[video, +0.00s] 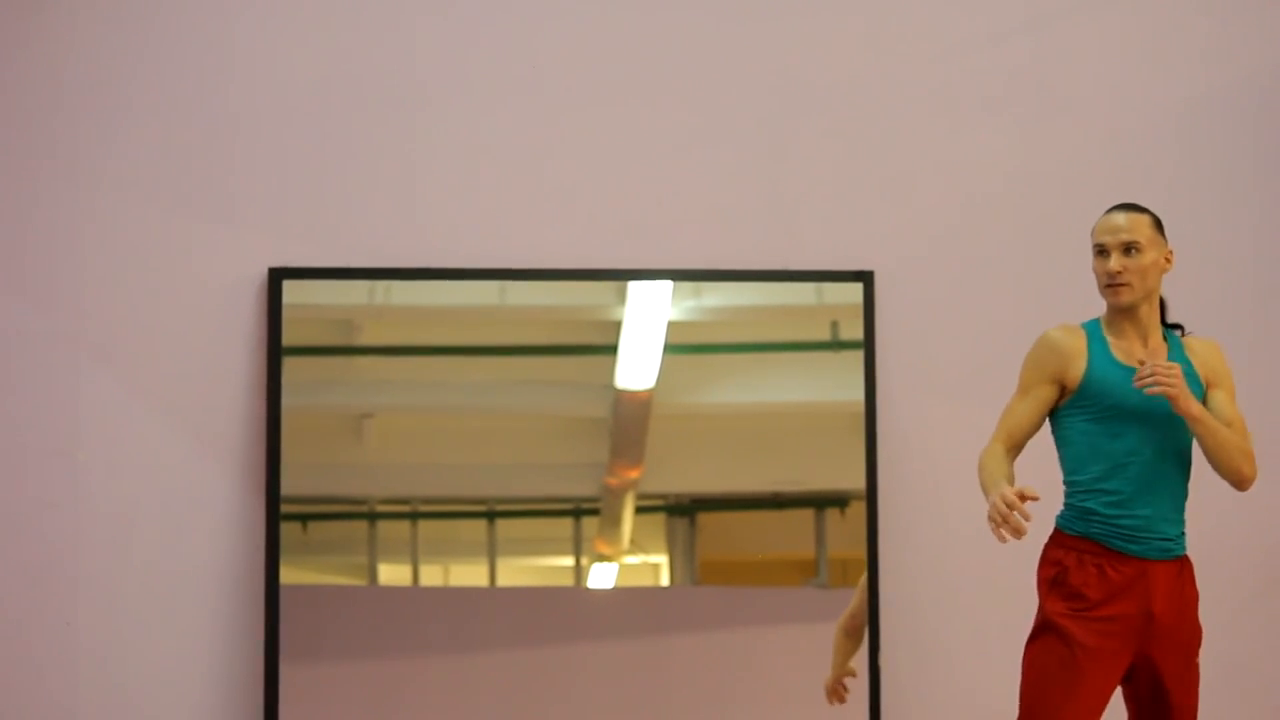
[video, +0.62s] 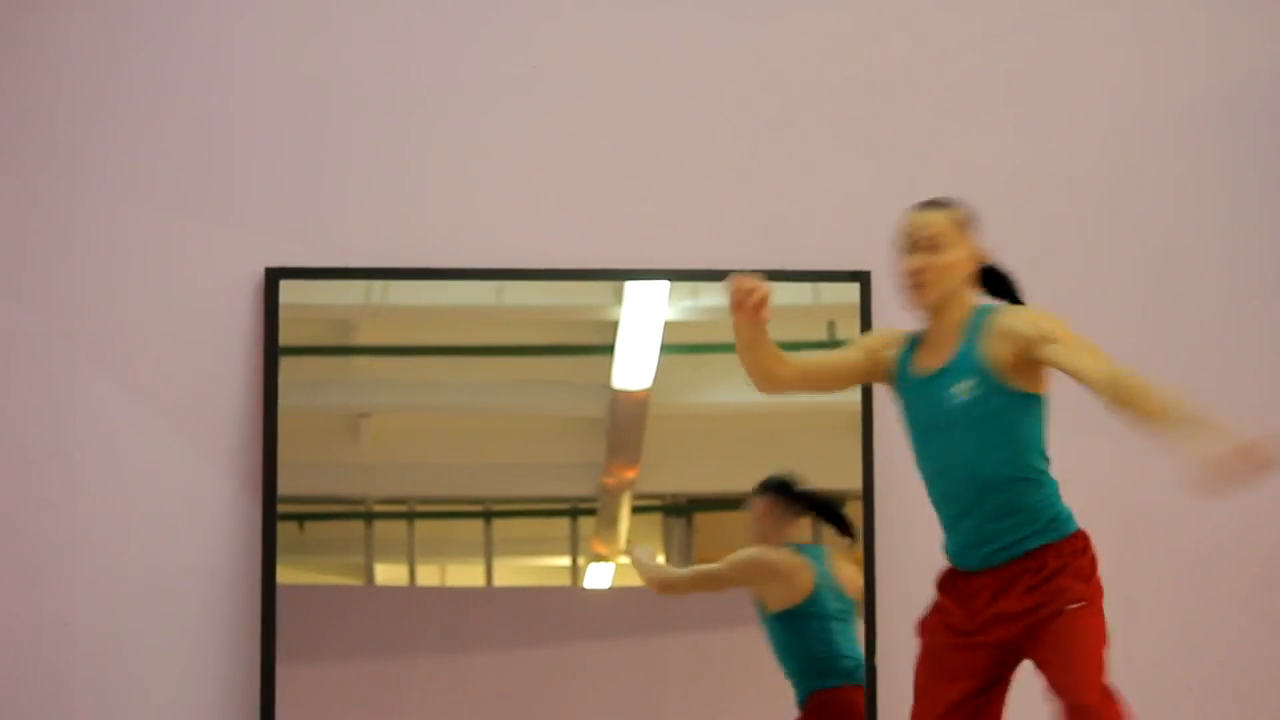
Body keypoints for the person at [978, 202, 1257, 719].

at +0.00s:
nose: (1113, 265)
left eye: (1130, 250)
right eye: (1101, 253)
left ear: (1165, 260)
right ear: (1092, 264)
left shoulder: (1201, 356)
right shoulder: (1063, 348)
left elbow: (1242, 472)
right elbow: (1001, 448)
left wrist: (1189, 407)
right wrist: (999, 492)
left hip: (1167, 584)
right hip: (1082, 578)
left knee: (1173, 712)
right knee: (1050, 712)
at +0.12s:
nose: (1105, 266)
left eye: (1123, 250)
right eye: (1095, 254)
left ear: (1161, 260)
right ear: (1087, 266)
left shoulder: (1203, 357)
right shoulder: (1052, 351)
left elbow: (1214, 449)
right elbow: (1001, 459)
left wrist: (1113, 399)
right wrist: (980, 558)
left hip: (1148, 596)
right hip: (1058, 589)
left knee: (1152, 712)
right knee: (1024, 712)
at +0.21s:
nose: (1090, 273)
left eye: (1108, 257)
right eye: (1082, 260)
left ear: (1149, 268)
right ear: (1074, 272)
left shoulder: (1190, 363)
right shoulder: (1037, 362)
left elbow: (1167, 456)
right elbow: (1009, 486)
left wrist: (1050, 413)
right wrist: (978, 597)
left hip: (1136, 606)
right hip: (1043, 599)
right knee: (1005, 711)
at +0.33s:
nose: (1059, 289)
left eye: (1077, 274)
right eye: (1050, 277)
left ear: (1118, 285)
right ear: (1043, 291)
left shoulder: (1143, 366)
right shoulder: (1030, 386)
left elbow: (1041, 398)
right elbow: (988, 497)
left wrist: (961, 370)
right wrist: (895, 575)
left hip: (1109, 626)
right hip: (1014, 622)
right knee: (970, 711)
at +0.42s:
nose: (1037, 290)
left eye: (1055, 275)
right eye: (1029, 278)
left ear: (1095, 285)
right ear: (1020, 288)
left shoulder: (1113, 366)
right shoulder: (1007, 394)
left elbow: (995, 381)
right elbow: (926, 484)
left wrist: (905, 326)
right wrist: (807, 495)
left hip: (1081, 620)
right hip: (985, 620)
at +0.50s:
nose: (1008, 276)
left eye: (1026, 262)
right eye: (1000, 264)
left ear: (1067, 273)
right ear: (993, 275)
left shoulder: (1093, 362)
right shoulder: (969, 364)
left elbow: (1031, 409)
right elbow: (864, 433)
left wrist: (917, 357)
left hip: (1055, 606)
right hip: (956, 611)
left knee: (1154, 715)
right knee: (928, 712)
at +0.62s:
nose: (915, 261)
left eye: (931, 245)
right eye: (907, 249)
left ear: (973, 254)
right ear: (899, 266)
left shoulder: (1012, 329)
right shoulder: (893, 352)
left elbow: (1115, 383)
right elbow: (775, 373)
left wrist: (1210, 436)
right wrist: (747, 327)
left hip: (1052, 572)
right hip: (968, 591)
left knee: (1086, 701)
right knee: (934, 713)